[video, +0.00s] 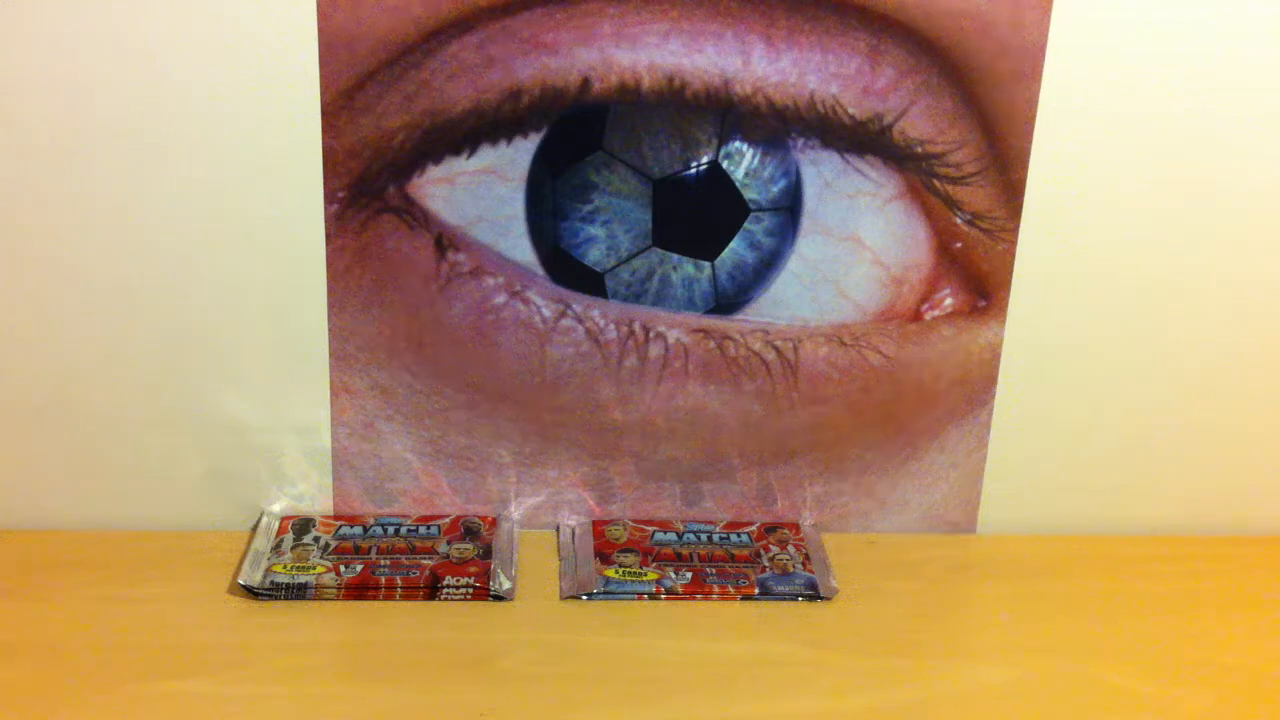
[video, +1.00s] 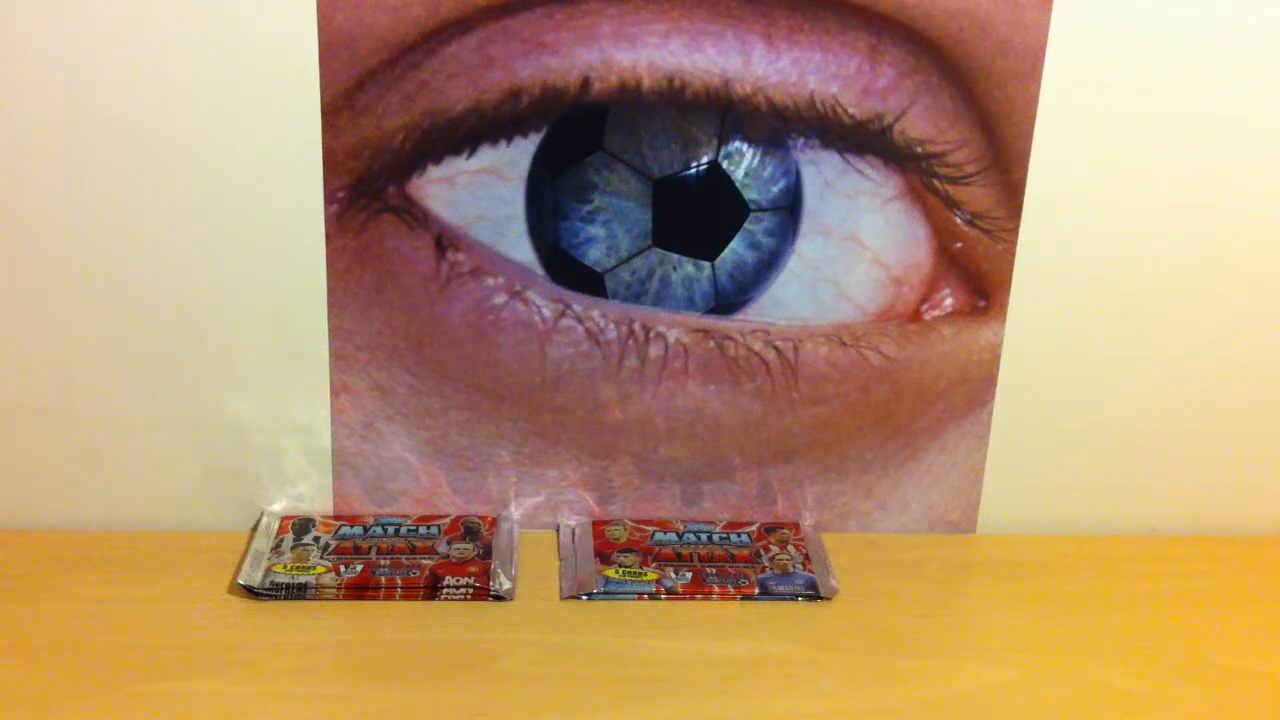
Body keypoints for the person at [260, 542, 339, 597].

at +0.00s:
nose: (309, 555)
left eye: (312, 551)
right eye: (305, 550)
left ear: (316, 551)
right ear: (293, 550)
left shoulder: (324, 567)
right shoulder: (275, 567)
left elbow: (328, 597)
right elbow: (264, 594)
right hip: (278, 611)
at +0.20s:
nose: (309, 555)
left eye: (312, 551)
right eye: (305, 550)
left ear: (316, 551)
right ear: (293, 550)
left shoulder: (324, 567)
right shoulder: (275, 567)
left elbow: (328, 597)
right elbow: (264, 594)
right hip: (278, 611)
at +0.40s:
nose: (309, 555)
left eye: (312, 551)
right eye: (305, 550)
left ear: (316, 551)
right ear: (293, 550)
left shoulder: (324, 567)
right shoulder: (275, 567)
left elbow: (328, 597)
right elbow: (264, 593)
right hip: (278, 611)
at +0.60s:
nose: (309, 554)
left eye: (312, 551)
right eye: (305, 550)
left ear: (315, 552)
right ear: (293, 551)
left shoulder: (323, 569)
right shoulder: (274, 568)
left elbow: (327, 598)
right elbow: (264, 594)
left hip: (308, 611)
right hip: (277, 610)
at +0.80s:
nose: (309, 554)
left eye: (312, 551)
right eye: (305, 550)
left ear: (315, 552)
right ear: (293, 551)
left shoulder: (323, 569)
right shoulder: (274, 568)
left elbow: (327, 598)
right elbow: (264, 594)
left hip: (308, 611)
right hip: (277, 610)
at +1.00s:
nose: (309, 554)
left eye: (312, 551)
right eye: (305, 551)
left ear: (315, 552)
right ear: (293, 551)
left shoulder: (323, 569)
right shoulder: (274, 568)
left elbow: (328, 596)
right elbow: (264, 593)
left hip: (309, 610)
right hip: (277, 609)